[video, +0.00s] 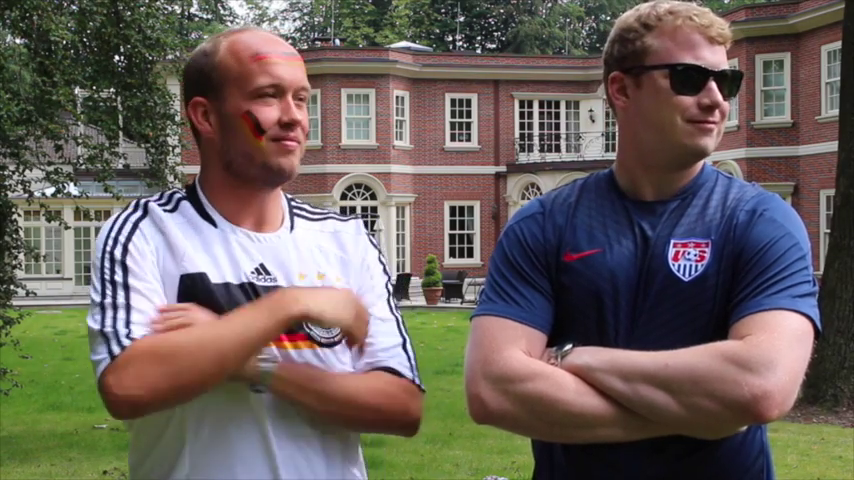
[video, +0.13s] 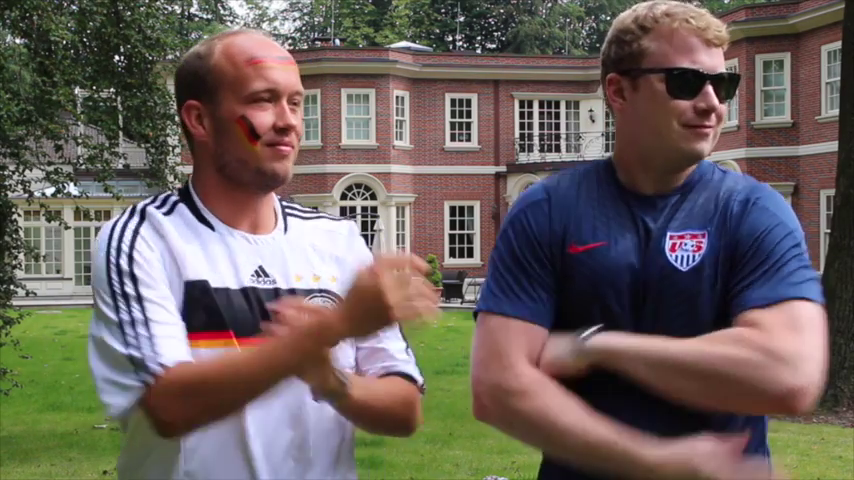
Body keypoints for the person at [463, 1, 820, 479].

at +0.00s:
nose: (715, 98)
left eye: (725, 81)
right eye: (689, 78)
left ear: (733, 92)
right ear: (620, 91)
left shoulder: (762, 221)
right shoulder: (540, 226)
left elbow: (762, 387)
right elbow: (491, 390)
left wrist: (569, 360)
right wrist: (682, 410)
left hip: (723, 473)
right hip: (574, 473)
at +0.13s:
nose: (711, 102)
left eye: (720, 84)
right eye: (684, 82)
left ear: (728, 92)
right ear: (618, 93)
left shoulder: (753, 211)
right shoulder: (542, 213)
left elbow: (789, 374)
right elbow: (497, 387)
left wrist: (592, 346)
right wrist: (653, 457)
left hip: (724, 472)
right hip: (578, 469)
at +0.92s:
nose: (716, 211)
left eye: (738, 191)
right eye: (698, 187)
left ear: (785, 172)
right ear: (683, 167)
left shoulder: (824, 279)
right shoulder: (677, 234)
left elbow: (728, 437)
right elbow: (660, 334)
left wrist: (587, 361)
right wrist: (560, 408)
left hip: (815, 469)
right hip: (714, 464)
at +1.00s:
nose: (700, 225)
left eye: (720, 211)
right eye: (686, 205)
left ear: (776, 192)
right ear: (677, 189)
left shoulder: (833, 283)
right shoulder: (683, 252)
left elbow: (829, 459)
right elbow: (687, 353)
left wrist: (675, 449)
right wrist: (651, 444)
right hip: (742, 467)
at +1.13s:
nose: (680, 226)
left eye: (694, 209)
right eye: (671, 206)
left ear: (757, 194)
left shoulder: (839, 270)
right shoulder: (692, 255)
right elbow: (726, 333)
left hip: (838, 461)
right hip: (763, 456)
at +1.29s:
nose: (699, 235)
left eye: (712, 220)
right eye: (693, 215)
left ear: (774, 208)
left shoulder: (846, 270)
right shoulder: (735, 254)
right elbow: (756, 324)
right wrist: (722, 401)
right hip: (798, 465)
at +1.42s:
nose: (730, 233)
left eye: (743, 217)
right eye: (724, 216)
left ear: (803, 206)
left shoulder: (849, 256)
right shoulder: (759, 260)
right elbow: (743, 350)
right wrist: (672, 444)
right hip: (835, 457)